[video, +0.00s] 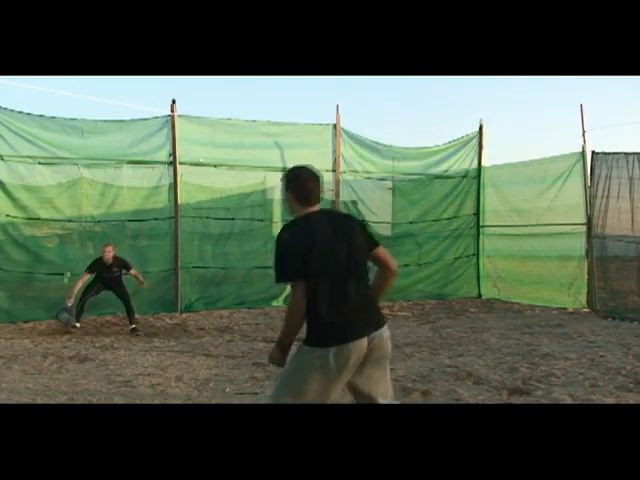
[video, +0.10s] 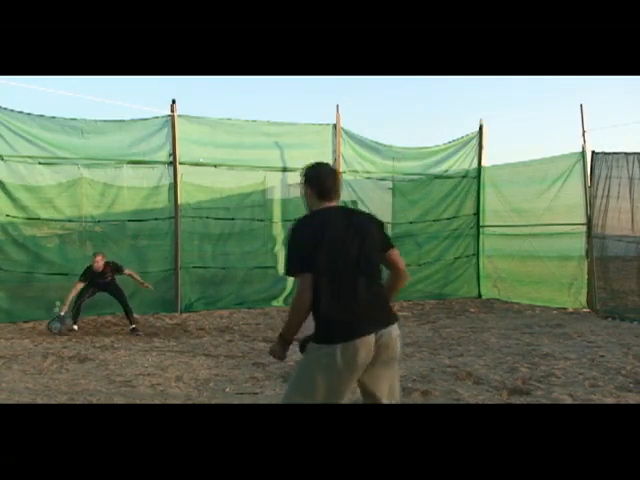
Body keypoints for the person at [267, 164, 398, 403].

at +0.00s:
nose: (285, 196)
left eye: (286, 191)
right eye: (287, 190)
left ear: (290, 196)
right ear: (319, 193)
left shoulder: (290, 235)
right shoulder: (346, 221)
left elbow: (299, 301)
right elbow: (390, 267)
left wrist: (282, 346)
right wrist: (369, 302)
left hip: (331, 343)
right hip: (376, 333)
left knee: (283, 399)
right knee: (380, 399)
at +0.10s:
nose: (303, 193)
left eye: (304, 187)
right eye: (303, 187)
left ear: (308, 191)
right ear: (337, 190)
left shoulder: (304, 228)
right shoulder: (366, 220)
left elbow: (305, 296)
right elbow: (400, 272)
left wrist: (284, 341)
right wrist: (380, 303)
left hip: (339, 343)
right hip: (386, 335)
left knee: (296, 400)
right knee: (386, 399)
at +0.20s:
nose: (320, 197)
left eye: (321, 192)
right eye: (322, 192)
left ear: (326, 196)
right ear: (354, 195)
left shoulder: (319, 231)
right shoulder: (384, 228)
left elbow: (313, 296)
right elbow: (410, 286)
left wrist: (286, 339)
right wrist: (387, 314)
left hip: (344, 346)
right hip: (393, 340)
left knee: (300, 400)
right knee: (397, 399)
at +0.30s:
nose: (332, 196)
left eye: (333, 191)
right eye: (333, 191)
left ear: (337, 192)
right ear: (366, 194)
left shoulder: (325, 226)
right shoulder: (393, 227)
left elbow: (317, 289)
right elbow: (412, 289)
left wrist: (292, 322)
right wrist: (387, 310)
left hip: (344, 343)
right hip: (394, 340)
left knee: (310, 399)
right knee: (400, 400)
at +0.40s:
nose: (336, 189)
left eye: (336, 183)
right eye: (337, 183)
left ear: (341, 186)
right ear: (370, 188)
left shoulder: (326, 219)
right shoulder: (394, 222)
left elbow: (312, 283)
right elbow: (412, 284)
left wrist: (286, 302)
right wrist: (382, 291)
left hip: (339, 337)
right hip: (390, 334)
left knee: (313, 398)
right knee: (398, 399)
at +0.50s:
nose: (330, 188)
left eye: (331, 183)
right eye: (332, 183)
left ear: (336, 186)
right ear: (365, 188)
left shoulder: (320, 221)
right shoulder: (389, 223)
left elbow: (298, 283)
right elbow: (404, 284)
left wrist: (279, 285)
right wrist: (370, 283)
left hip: (335, 339)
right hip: (386, 336)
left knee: (303, 398)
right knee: (394, 399)